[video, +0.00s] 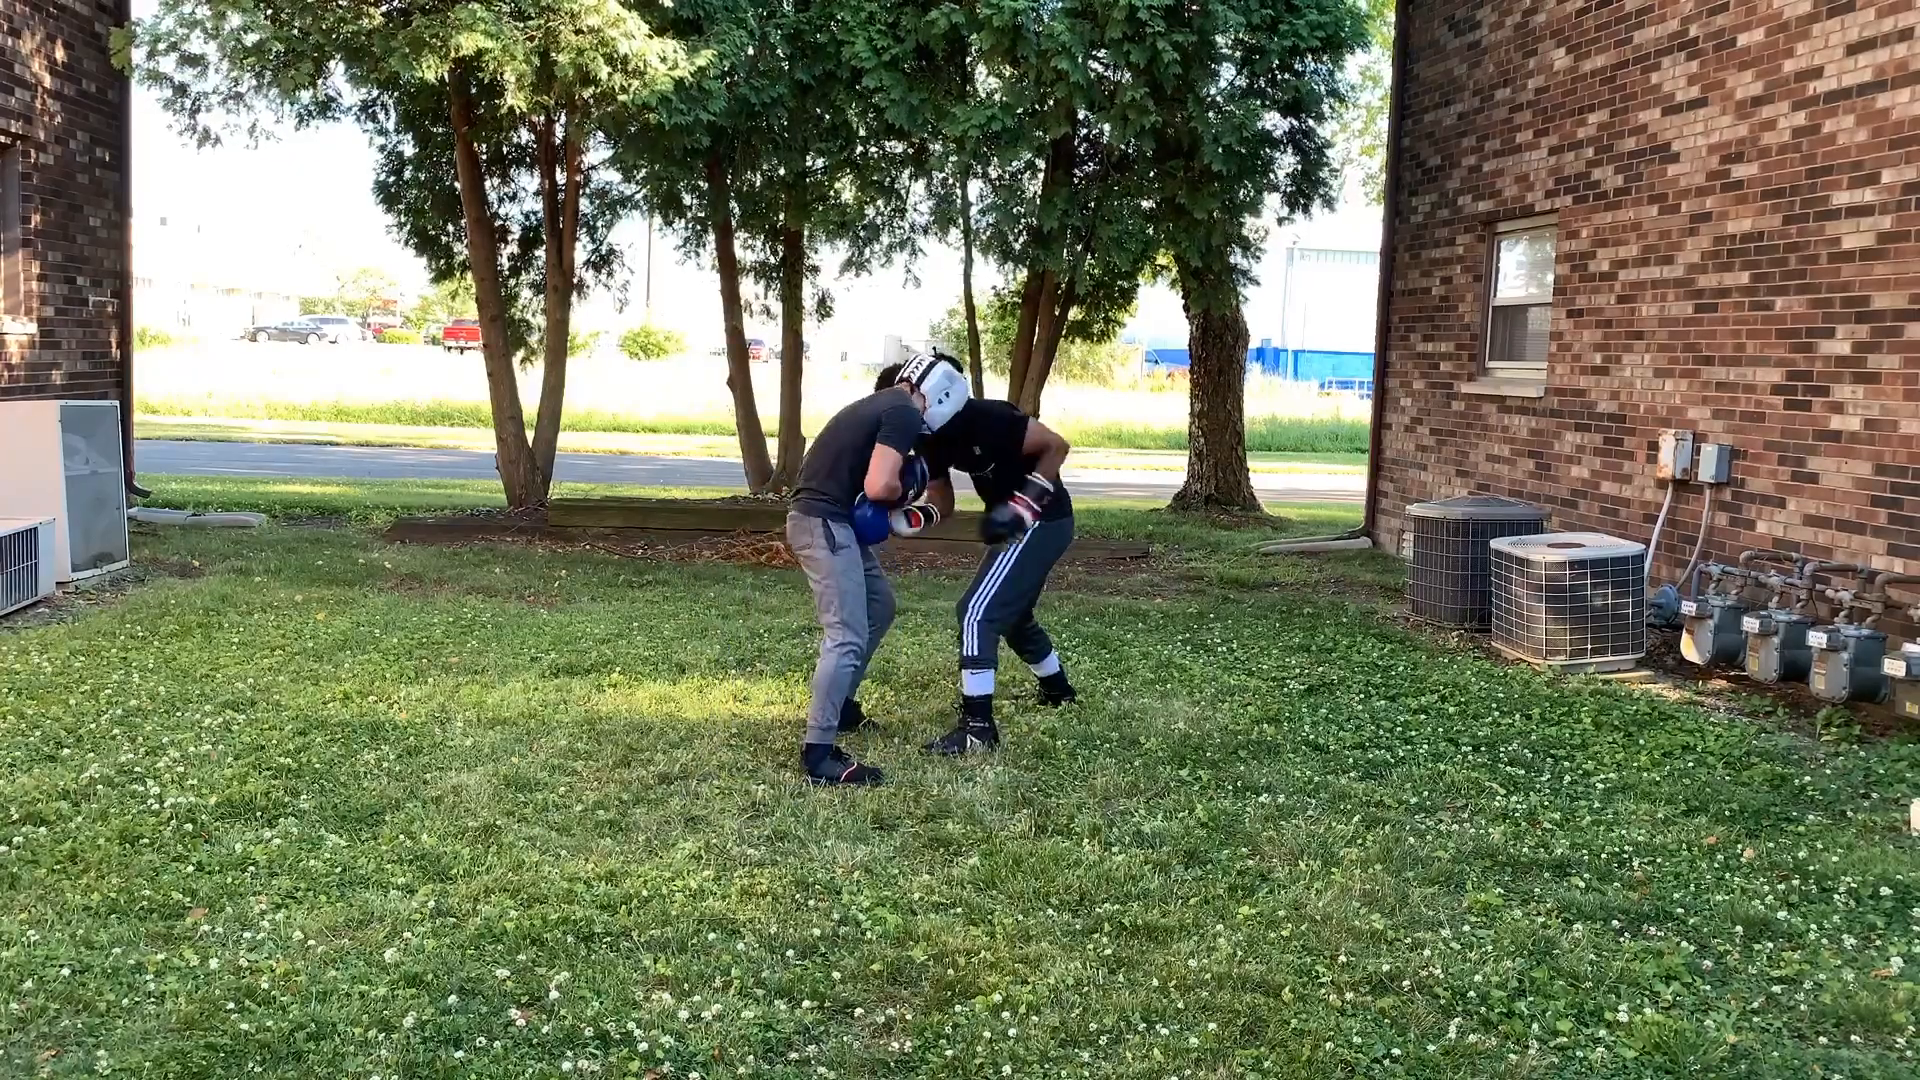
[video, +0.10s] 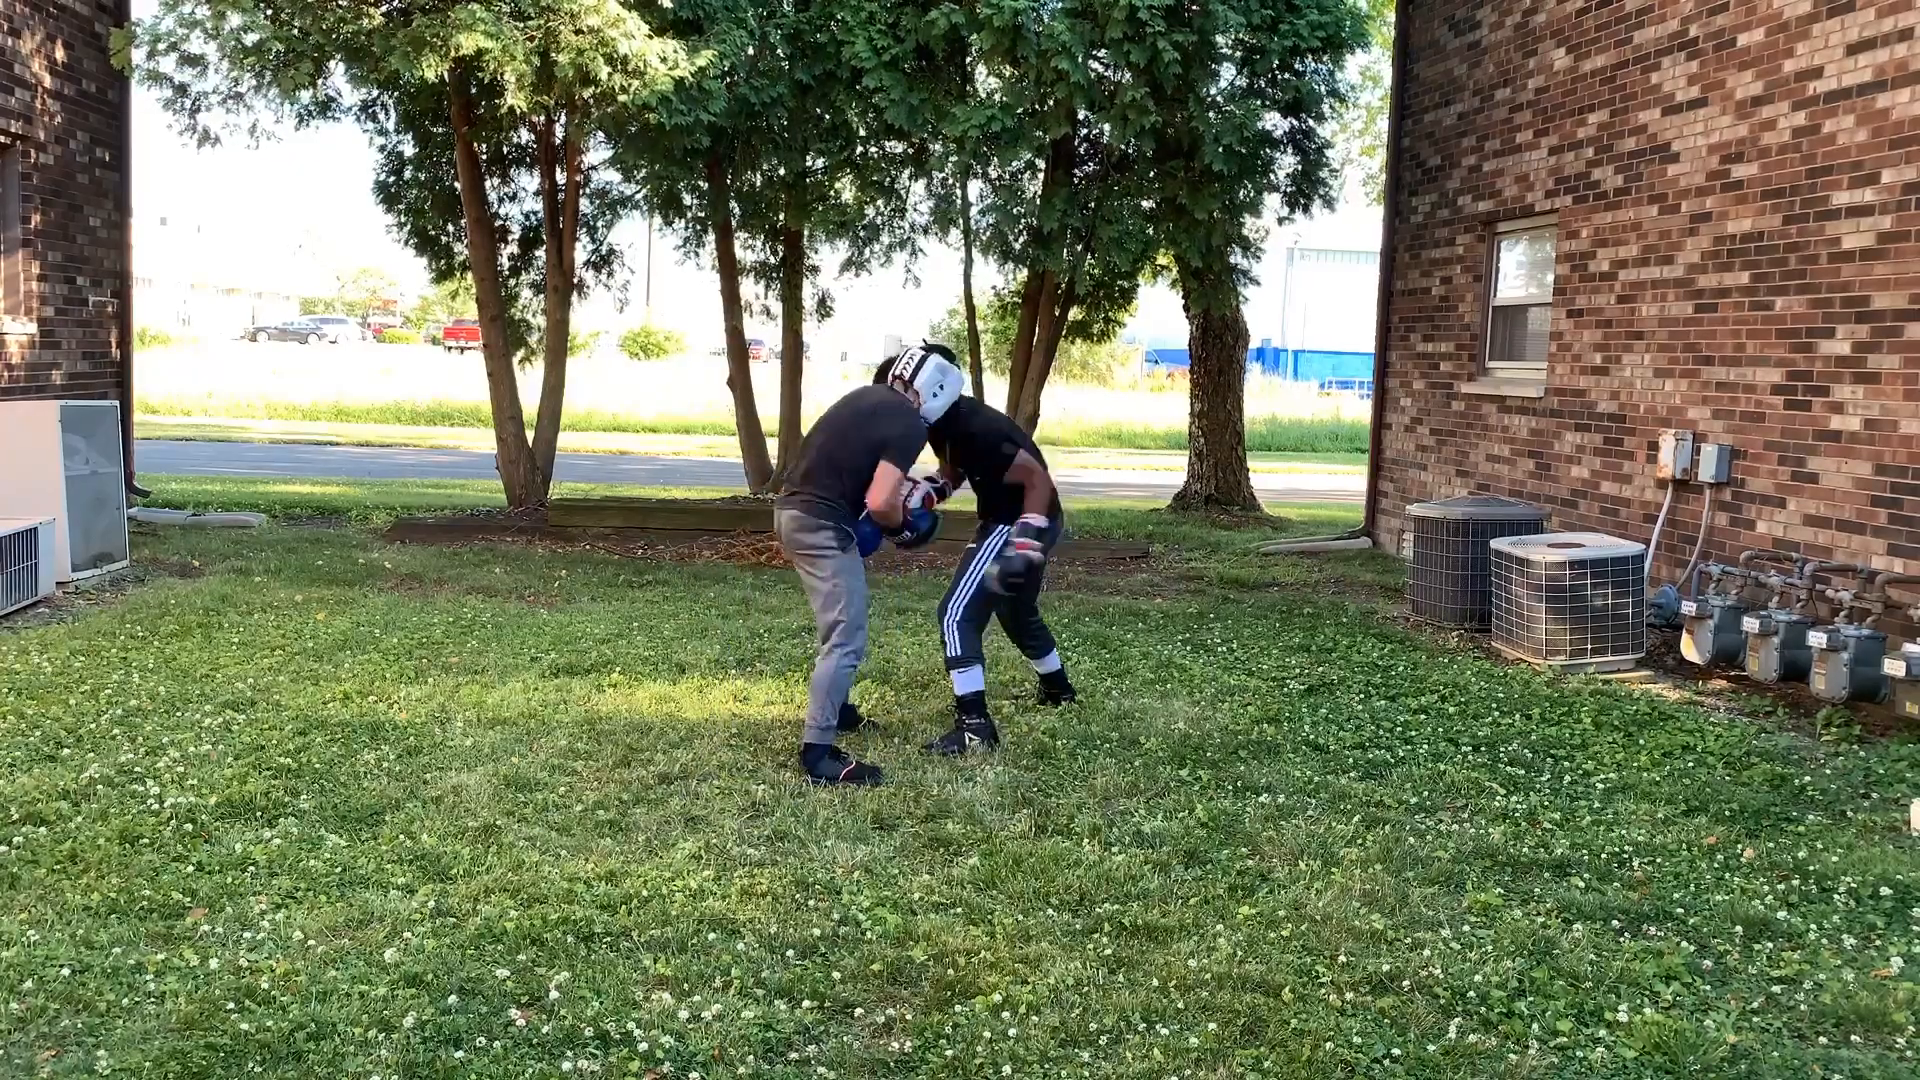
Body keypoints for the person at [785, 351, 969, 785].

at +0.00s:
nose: (934, 419)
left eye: (940, 412)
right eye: (938, 409)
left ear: (910, 383)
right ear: (926, 391)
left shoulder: (884, 406)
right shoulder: (901, 409)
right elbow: (878, 486)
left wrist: (905, 513)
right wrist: (905, 487)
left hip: (837, 523)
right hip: (820, 522)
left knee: (880, 609)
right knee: (847, 635)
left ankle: (842, 709)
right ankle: (817, 753)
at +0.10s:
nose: (937, 409)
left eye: (941, 400)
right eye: (938, 398)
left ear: (899, 377)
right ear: (922, 388)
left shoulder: (866, 399)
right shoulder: (908, 422)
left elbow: (852, 466)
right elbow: (879, 502)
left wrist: (907, 486)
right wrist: (904, 524)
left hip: (793, 509)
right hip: (819, 520)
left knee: (840, 618)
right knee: (846, 639)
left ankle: (833, 707)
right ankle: (817, 752)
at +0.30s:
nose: (929, 410)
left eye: (933, 401)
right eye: (930, 400)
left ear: (888, 366)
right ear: (918, 390)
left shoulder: (830, 376)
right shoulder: (900, 432)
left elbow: (809, 437)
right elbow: (881, 494)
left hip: (772, 518)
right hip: (817, 528)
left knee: (809, 623)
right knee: (846, 635)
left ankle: (825, 712)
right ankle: (824, 755)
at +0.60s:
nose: (883, 381)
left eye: (888, 373)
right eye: (878, 371)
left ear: (851, 361)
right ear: (855, 365)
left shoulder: (846, 393)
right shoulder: (820, 409)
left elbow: (850, 467)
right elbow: (832, 492)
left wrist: (867, 443)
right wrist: (870, 452)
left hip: (794, 510)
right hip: (764, 509)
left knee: (811, 615)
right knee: (787, 619)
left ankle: (786, 715)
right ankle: (780, 737)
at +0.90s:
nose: (847, 393)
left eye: (850, 385)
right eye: (844, 384)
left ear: (809, 371)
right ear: (818, 377)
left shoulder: (804, 404)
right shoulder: (771, 417)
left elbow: (821, 443)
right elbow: (806, 495)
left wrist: (848, 433)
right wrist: (849, 452)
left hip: (778, 527)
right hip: (737, 525)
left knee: (807, 609)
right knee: (742, 627)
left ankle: (784, 714)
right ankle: (686, 736)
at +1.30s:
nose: (821, 518)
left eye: (827, 509)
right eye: (815, 511)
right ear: (787, 497)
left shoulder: (809, 490)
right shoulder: (729, 500)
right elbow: (715, 564)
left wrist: (817, 550)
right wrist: (779, 564)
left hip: (772, 557)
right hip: (713, 562)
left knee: (839, 620)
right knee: (719, 631)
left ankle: (840, 712)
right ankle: (677, 738)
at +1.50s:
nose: (854, 509)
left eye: (858, 501)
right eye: (850, 501)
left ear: (826, 486)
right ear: (824, 487)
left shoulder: (838, 499)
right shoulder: (764, 488)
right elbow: (735, 559)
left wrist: (836, 550)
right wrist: (799, 559)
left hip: (786, 559)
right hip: (732, 558)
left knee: (852, 623)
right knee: (730, 632)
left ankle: (840, 710)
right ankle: (680, 738)